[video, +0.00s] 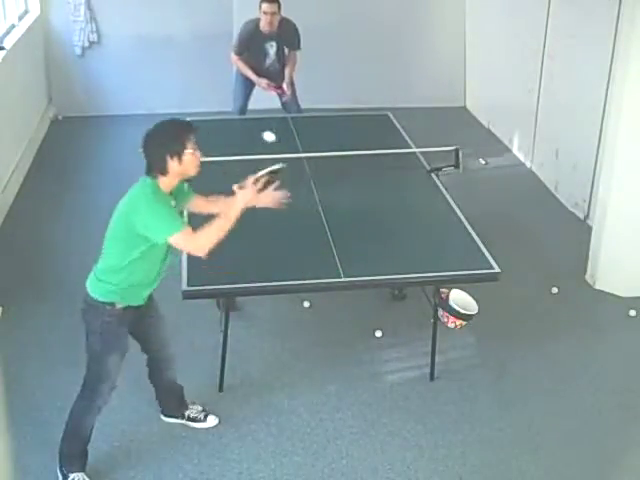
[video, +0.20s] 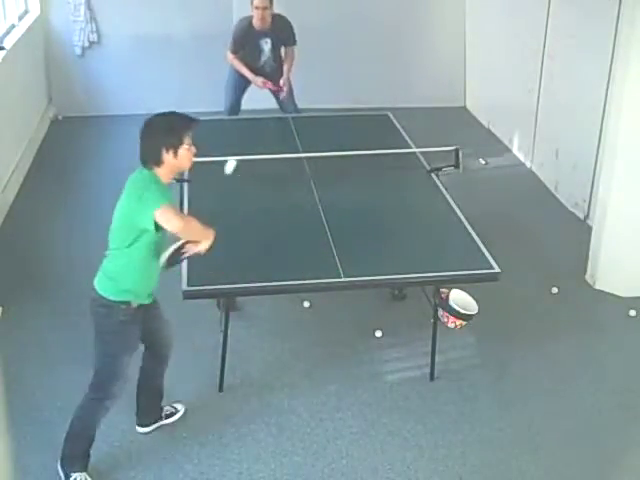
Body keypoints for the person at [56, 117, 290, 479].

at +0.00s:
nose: (199, 154)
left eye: (196, 147)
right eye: (193, 149)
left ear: (171, 159)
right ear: (172, 160)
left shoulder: (173, 189)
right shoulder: (146, 204)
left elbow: (211, 205)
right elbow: (198, 247)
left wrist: (255, 199)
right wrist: (239, 204)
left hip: (139, 298)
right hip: (107, 305)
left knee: (161, 356)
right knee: (100, 387)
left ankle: (173, 409)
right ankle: (71, 464)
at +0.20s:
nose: (194, 153)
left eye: (193, 145)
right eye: (189, 146)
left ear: (163, 153)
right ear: (168, 153)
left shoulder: (156, 184)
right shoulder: (145, 188)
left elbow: (167, 223)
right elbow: (178, 225)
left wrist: (199, 234)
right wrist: (208, 233)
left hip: (141, 297)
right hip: (115, 303)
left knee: (159, 347)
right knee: (107, 387)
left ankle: (149, 415)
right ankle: (72, 464)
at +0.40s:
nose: (191, 155)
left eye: (191, 147)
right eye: (188, 148)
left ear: (159, 147)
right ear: (173, 149)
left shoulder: (137, 176)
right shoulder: (170, 179)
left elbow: (106, 222)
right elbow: (200, 219)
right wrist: (229, 240)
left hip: (150, 295)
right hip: (142, 302)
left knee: (169, 349)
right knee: (143, 382)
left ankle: (152, 414)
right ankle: (91, 458)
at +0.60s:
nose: (187, 145)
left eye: (184, 139)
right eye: (185, 140)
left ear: (144, 144)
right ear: (177, 145)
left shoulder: (126, 180)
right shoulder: (191, 174)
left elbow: (95, 232)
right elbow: (234, 206)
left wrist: (54, 272)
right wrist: (271, 249)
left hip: (136, 290)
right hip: (172, 298)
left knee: (156, 352)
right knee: (178, 373)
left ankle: (155, 412)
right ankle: (128, 450)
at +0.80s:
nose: (195, 137)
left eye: (192, 131)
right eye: (193, 132)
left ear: (155, 139)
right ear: (189, 139)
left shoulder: (139, 181)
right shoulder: (206, 175)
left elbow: (120, 233)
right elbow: (250, 216)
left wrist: (91, 278)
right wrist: (293, 253)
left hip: (153, 293)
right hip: (194, 297)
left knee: (164, 346)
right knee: (223, 374)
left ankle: (153, 416)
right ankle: (221, 463)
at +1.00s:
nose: (224, 155)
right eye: (226, 150)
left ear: (192, 153)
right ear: (227, 156)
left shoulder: (174, 196)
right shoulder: (241, 198)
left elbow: (151, 250)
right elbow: (267, 248)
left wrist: (124, 302)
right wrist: (304, 275)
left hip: (183, 308)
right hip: (227, 314)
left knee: (179, 358)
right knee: (269, 383)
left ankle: (153, 415)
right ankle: (307, 460)